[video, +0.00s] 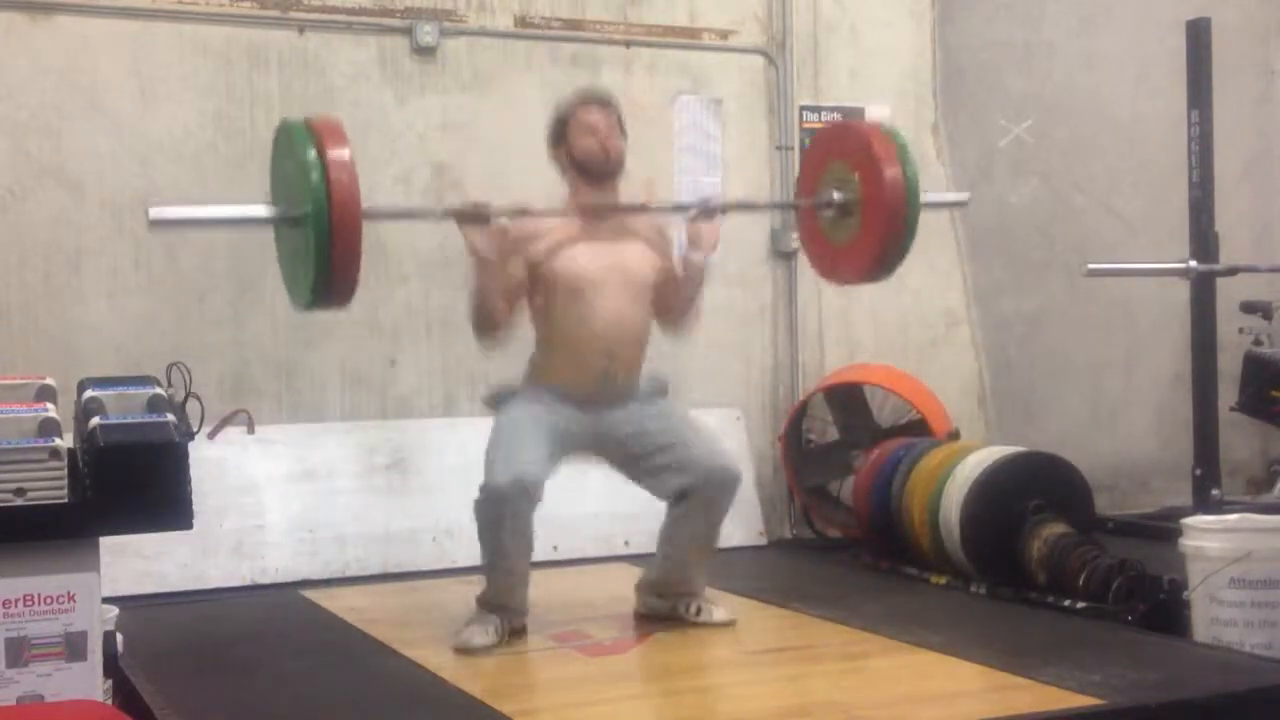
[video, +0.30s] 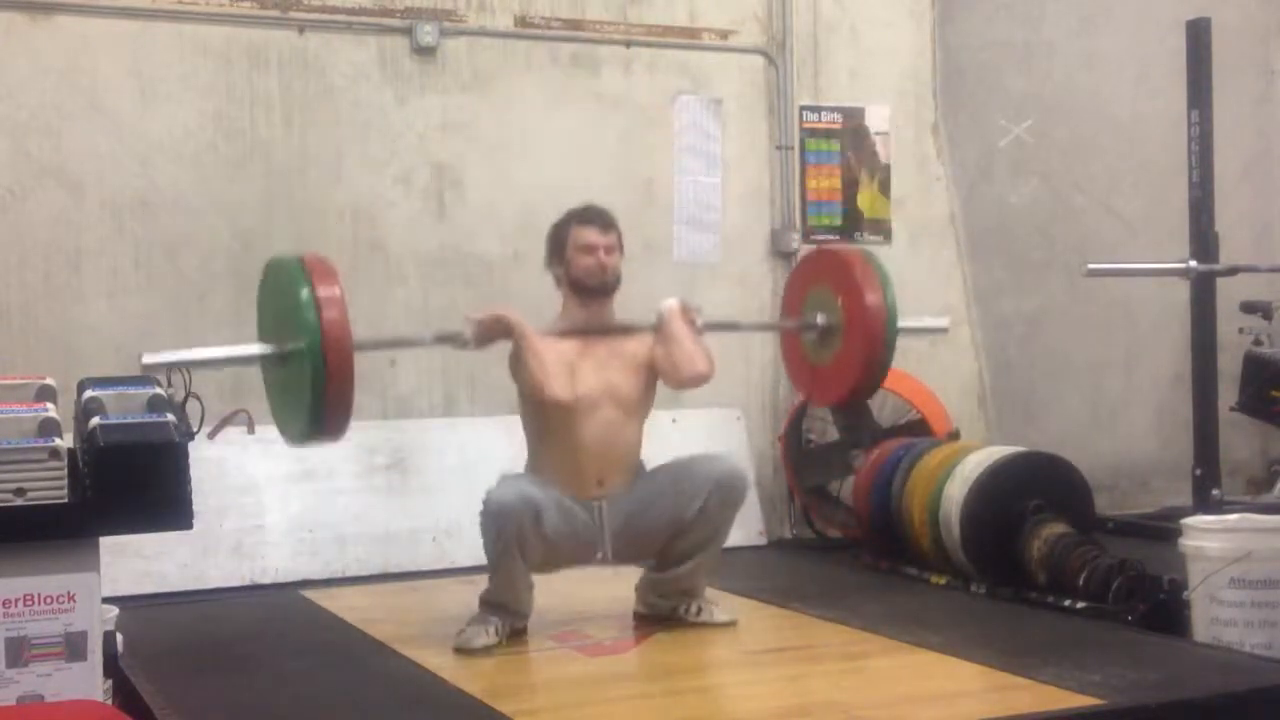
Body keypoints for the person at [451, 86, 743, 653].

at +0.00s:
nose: (601, 141)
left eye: (610, 132)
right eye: (587, 132)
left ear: (623, 146)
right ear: (562, 150)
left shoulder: (648, 232)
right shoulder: (532, 231)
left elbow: (673, 315)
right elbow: (490, 326)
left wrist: (697, 255)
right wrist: (487, 257)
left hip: (628, 405)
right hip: (546, 404)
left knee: (713, 474)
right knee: (506, 487)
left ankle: (667, 592)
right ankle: (501, 612)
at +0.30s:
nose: (602, 259)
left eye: (611, 250)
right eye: (587, 250)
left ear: (621, 262)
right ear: (558, 267)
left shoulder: (646, 343)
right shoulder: (538, 349)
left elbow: (693, 373)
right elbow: (554, 391)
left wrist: (671, 314)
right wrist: (518, 327)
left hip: (634, 513)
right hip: (558, 518)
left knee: (725, 477)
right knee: (507, 498)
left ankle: (666, 596)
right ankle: (502, 612)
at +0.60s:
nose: (599, 232)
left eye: (608, 222)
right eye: (584, 222)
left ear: (619, 235)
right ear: (556, 240)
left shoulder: (642, 318)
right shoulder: (532, 321)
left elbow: (689, 352)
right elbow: (550, 367)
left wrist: (665, 289)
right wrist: (511, 297)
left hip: (619, 481)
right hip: (547, 483)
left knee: (705, 466)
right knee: (523, 484)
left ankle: (668, 594)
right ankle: (502, 612)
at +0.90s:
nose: (599, 145)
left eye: (607, 137)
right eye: (583, 136)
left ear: (617, 154)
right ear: (554, 156)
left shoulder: (637, 237)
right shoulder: (529, 235)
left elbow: (684, 278)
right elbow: (547, 283)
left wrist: (663, 211)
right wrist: (511, 212)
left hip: (599, 397)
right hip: (522, 395)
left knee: (677, 454)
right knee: (534, 463)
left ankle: (667, 593)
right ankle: (503, 610)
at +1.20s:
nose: (588, 58)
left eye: (595, 51)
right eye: (571, 50)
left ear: (604, 71)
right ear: (542, 71)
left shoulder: (631, 152)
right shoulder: (521, 146)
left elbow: (680, 182)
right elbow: (537, 187)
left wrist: (658, 123)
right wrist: (503, 120)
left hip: (608, 343)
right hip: (525, 340)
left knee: (681, 450)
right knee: (509, 458)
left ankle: (668, 592)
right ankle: (500, 606)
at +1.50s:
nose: (574, 7)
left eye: (582, 2)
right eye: (556, 3)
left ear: (595, 25)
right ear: (533, 28)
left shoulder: (630, 107)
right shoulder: (525, 91)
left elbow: (690, 162)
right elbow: (519, 122)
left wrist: (678, 90)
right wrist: (490, 52)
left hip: (629, 298)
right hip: (546, 296)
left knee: (650, 447)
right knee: (527, 451)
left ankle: (659, 588)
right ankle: (505, 602)